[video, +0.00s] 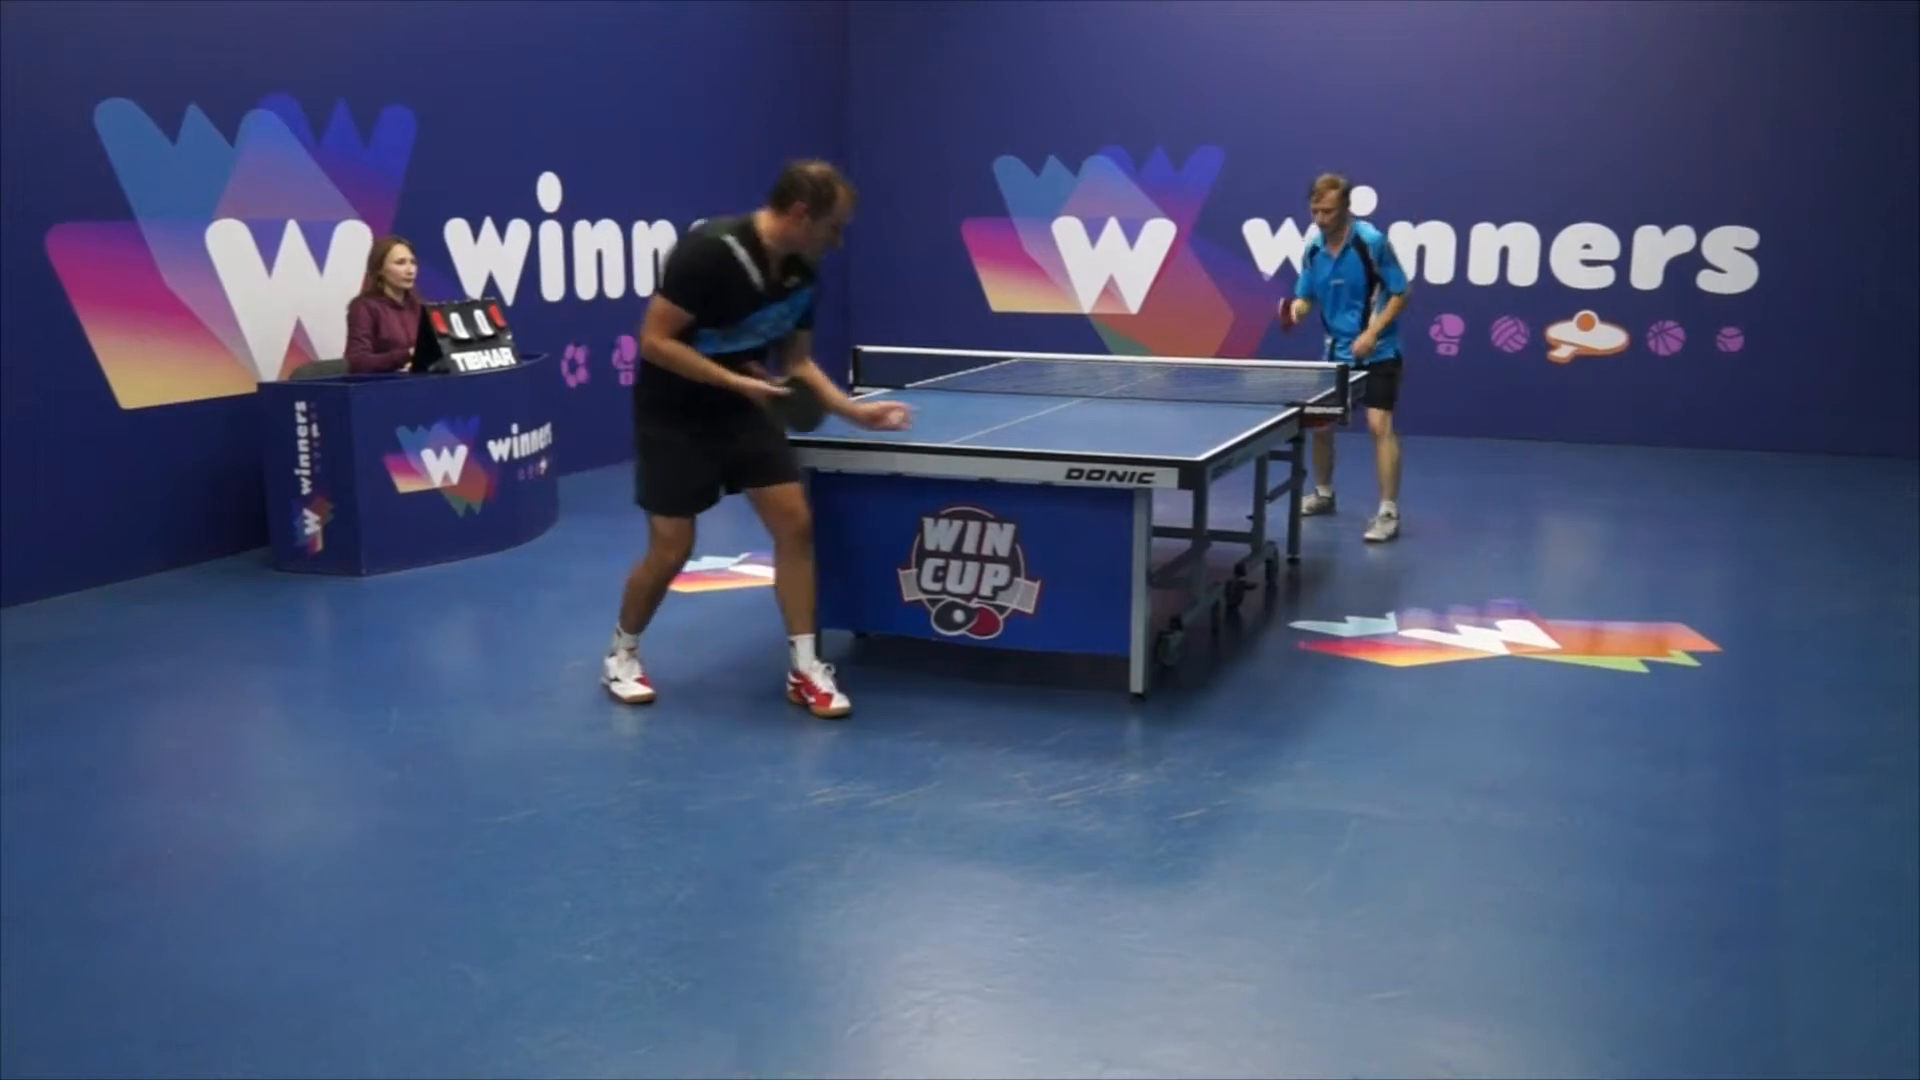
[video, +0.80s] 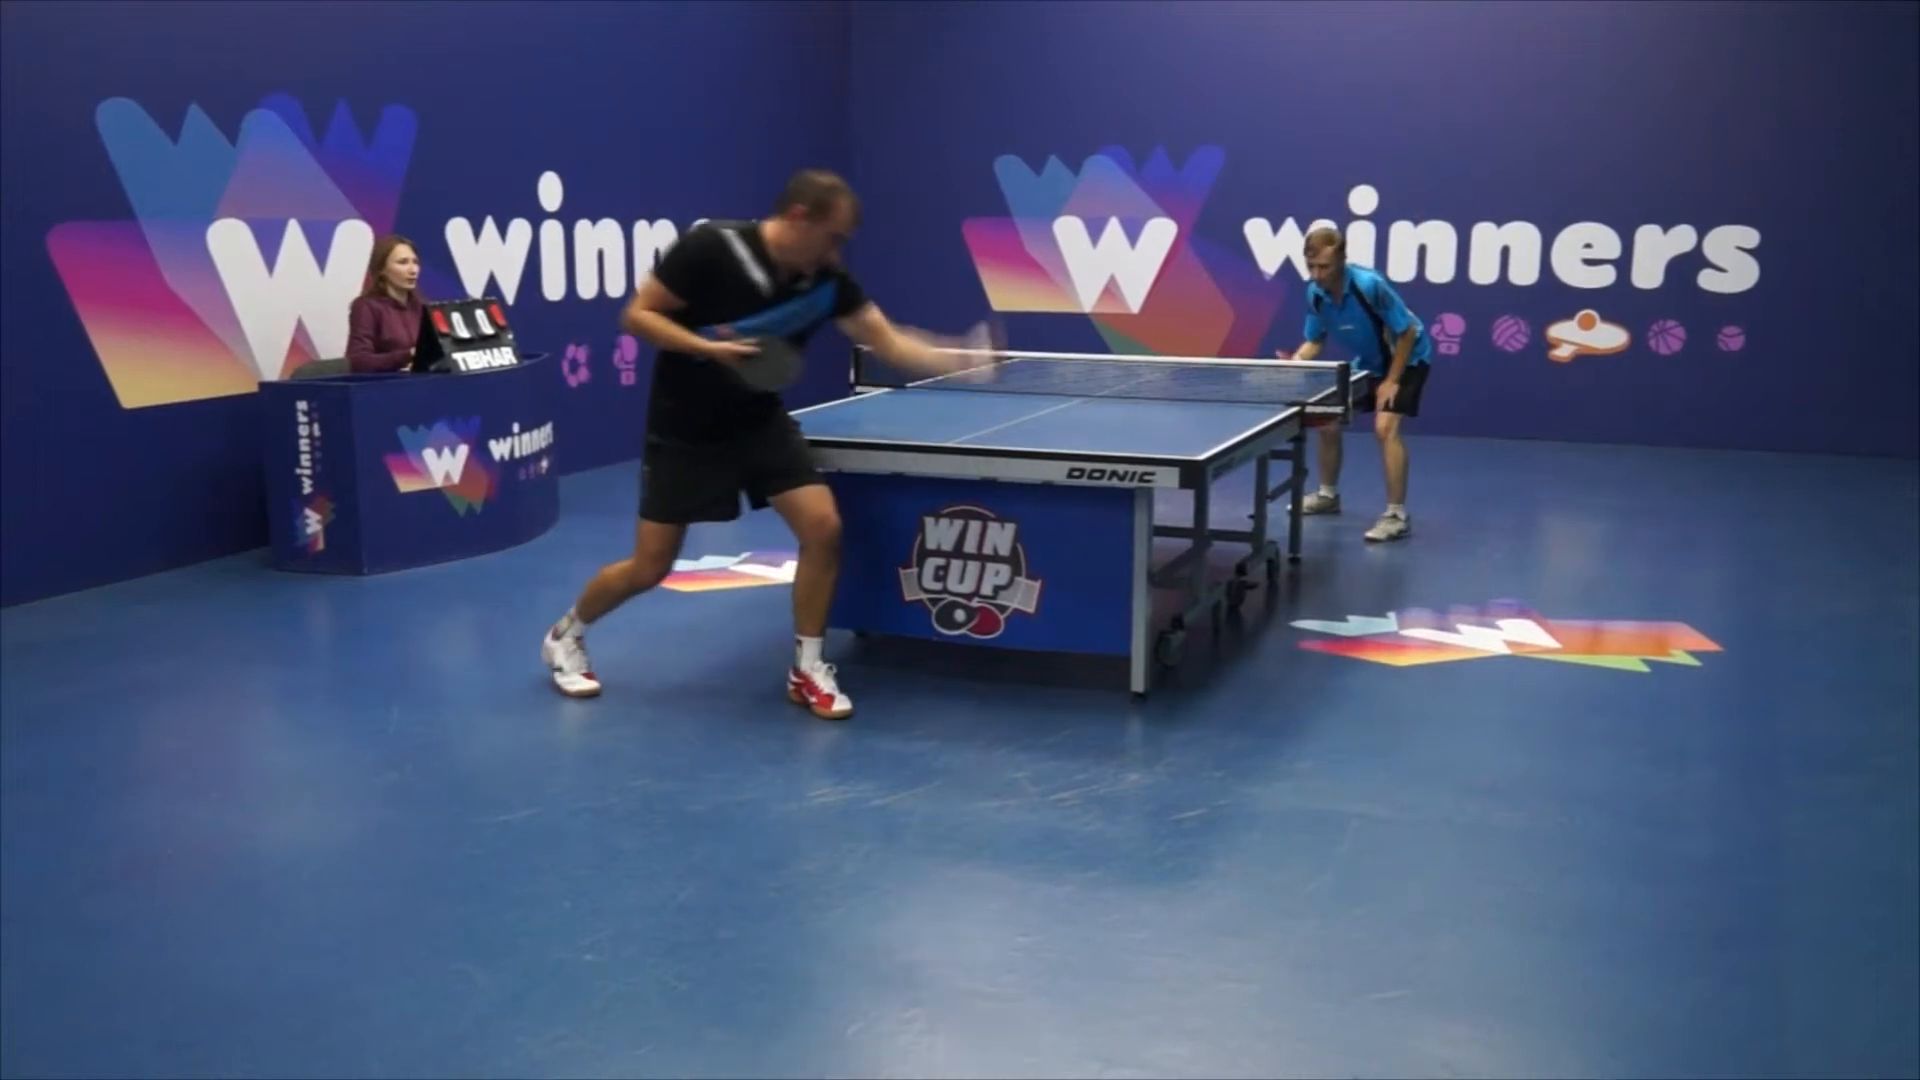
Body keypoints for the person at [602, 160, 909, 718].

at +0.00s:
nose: (837, 239)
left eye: (840, 229)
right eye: (833, 227)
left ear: (802, 217)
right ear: (799, 214)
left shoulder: (800, 270)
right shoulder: (708, 250)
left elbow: (795, 361)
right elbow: (654, 340)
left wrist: (854, 409)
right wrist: (737, 382)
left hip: (745, 402)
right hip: (673, 405)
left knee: (794, 522)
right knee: (671, 548)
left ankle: (806, 666)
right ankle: (621, 653)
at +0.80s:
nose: (838, 252)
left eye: (843, 242)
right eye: (834, 239)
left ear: (812, 222)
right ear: (798, 218)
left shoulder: (825, 279)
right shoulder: (711, 247)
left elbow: (888, 343)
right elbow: (636, 314)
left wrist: (958, 359)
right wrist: (709, 346)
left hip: (759, 417)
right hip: (685, 419)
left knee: (823, 528)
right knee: (651, 566)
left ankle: (808, 668)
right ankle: (566, 634)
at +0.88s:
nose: (814, 239)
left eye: (818, 227)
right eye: (808, 224)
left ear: (791, 217)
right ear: (768, 209)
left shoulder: (806, 266)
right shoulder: (685, 247)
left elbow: (885, 306)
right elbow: (611, 311)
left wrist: (944, 287)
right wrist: (673, 347)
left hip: (747, 420)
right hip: (670, 425)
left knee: (812, 525)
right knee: (636, 564)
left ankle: (807, 667)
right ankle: (561, 641)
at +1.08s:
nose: (750, 194)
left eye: (753, 183)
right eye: (739, 183)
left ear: (748, 187)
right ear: (696, 185)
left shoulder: (756, 242)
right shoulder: (627, 241)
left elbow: (843, 263)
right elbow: (567, 293)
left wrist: (921, 256)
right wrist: (587, 358)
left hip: (711, 411)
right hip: (635, 413)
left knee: (770, 527)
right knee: (613, 551)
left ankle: (804, 665)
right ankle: (560, 648)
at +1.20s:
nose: (726, 186)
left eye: (727, 175)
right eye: (712, 175)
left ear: (722, 180)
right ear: (670, 183)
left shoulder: (735, 243)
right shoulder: (607, 237)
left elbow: (807, 280)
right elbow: (551, 282)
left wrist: (890, 297)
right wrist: (535, 354)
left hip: (695, 409)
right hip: (619, 414)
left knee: (748, 526)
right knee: (605, 542)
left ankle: (798, 659)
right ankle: (559, 649)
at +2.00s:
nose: (857, 232)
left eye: (856, 220)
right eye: (856, 221)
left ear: (800, 207)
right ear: (841, 220)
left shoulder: (754, 239)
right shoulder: (782, 278)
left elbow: (674, 304)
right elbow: (722, 363)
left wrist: (718, 371)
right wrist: (790, 436)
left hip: (678, 399)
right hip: (685, 409)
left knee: (758, 529)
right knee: (764, 558)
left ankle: (749, 655)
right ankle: (679, 694)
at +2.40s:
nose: (772, 188)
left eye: (770, 177)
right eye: (771, 177)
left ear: (702, 175)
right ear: (755, 179)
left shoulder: (643, 230)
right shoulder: (758, 253)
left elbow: (590, 317)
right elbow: (772, 371)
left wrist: (614, 372)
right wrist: (815, 399)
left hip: (612, 414)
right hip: (685, 423)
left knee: (614, 544)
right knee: (759, 582)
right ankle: (740, 749)